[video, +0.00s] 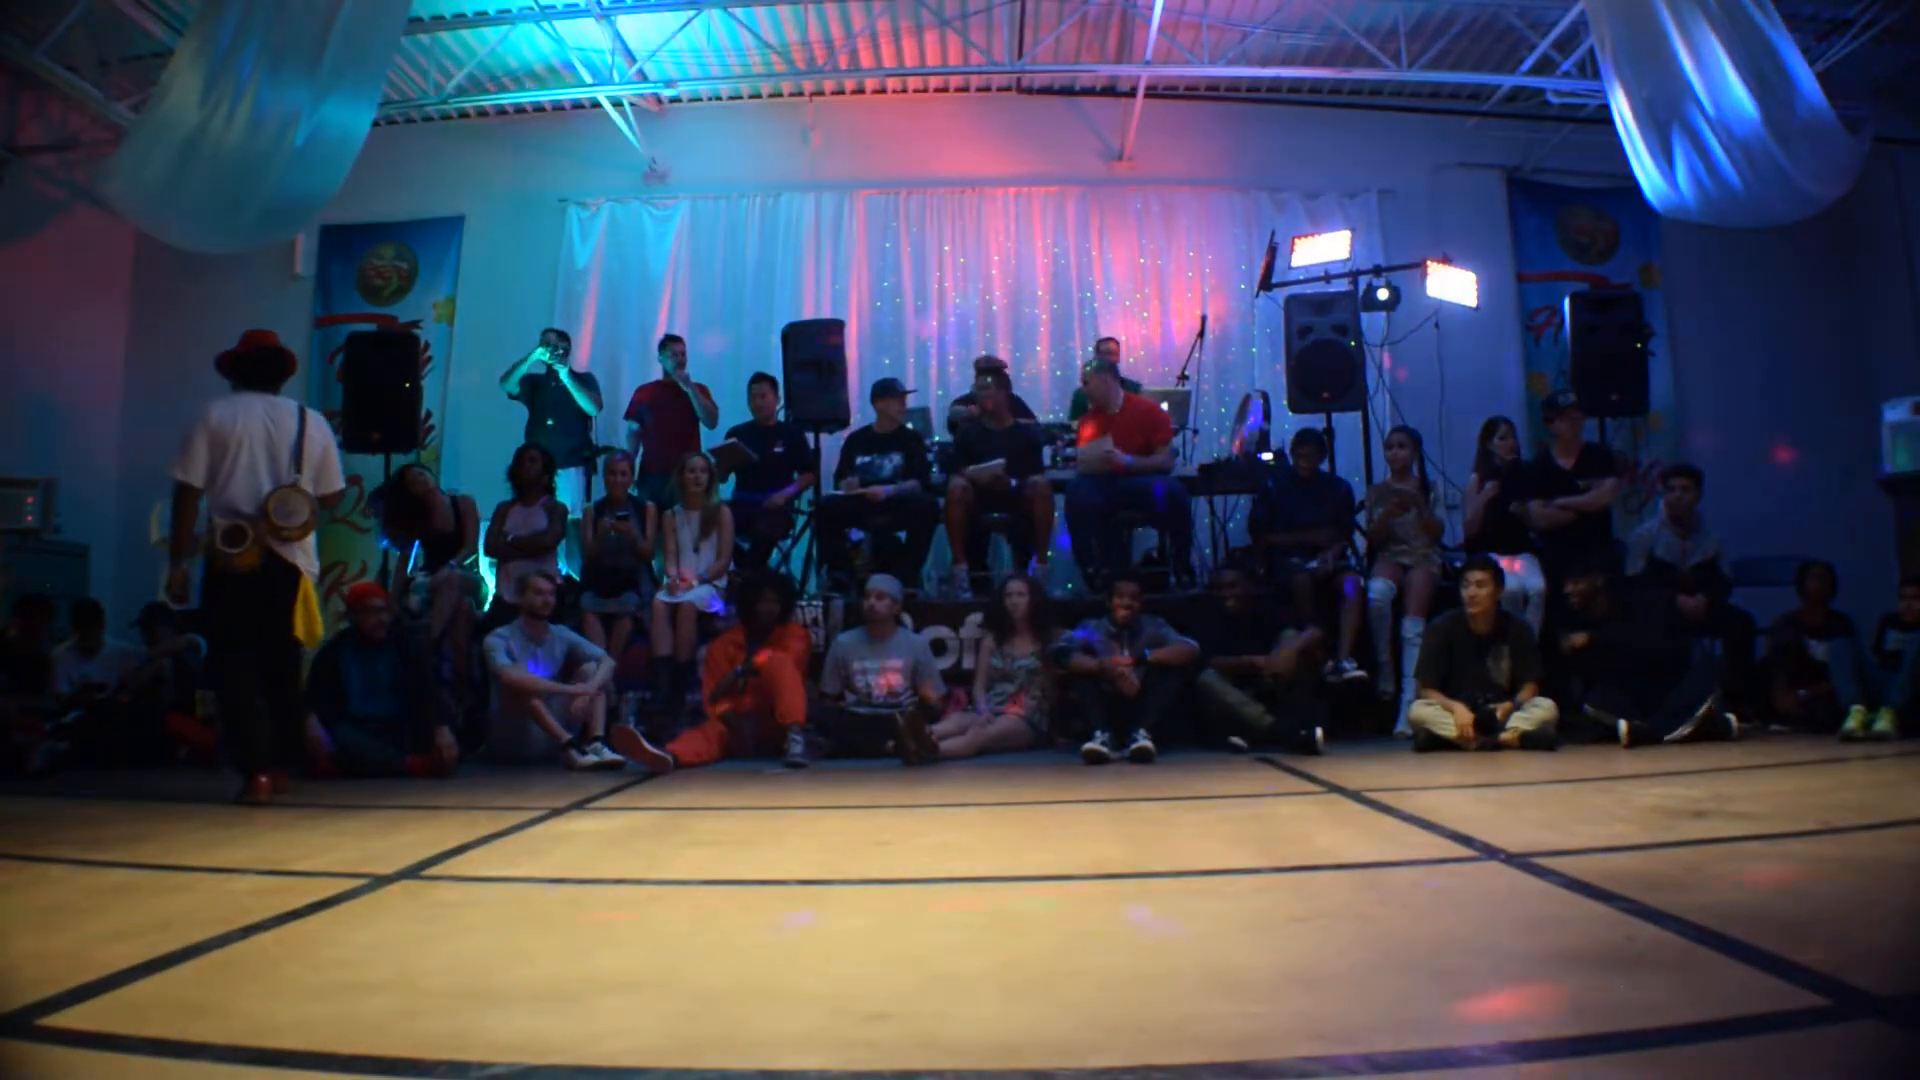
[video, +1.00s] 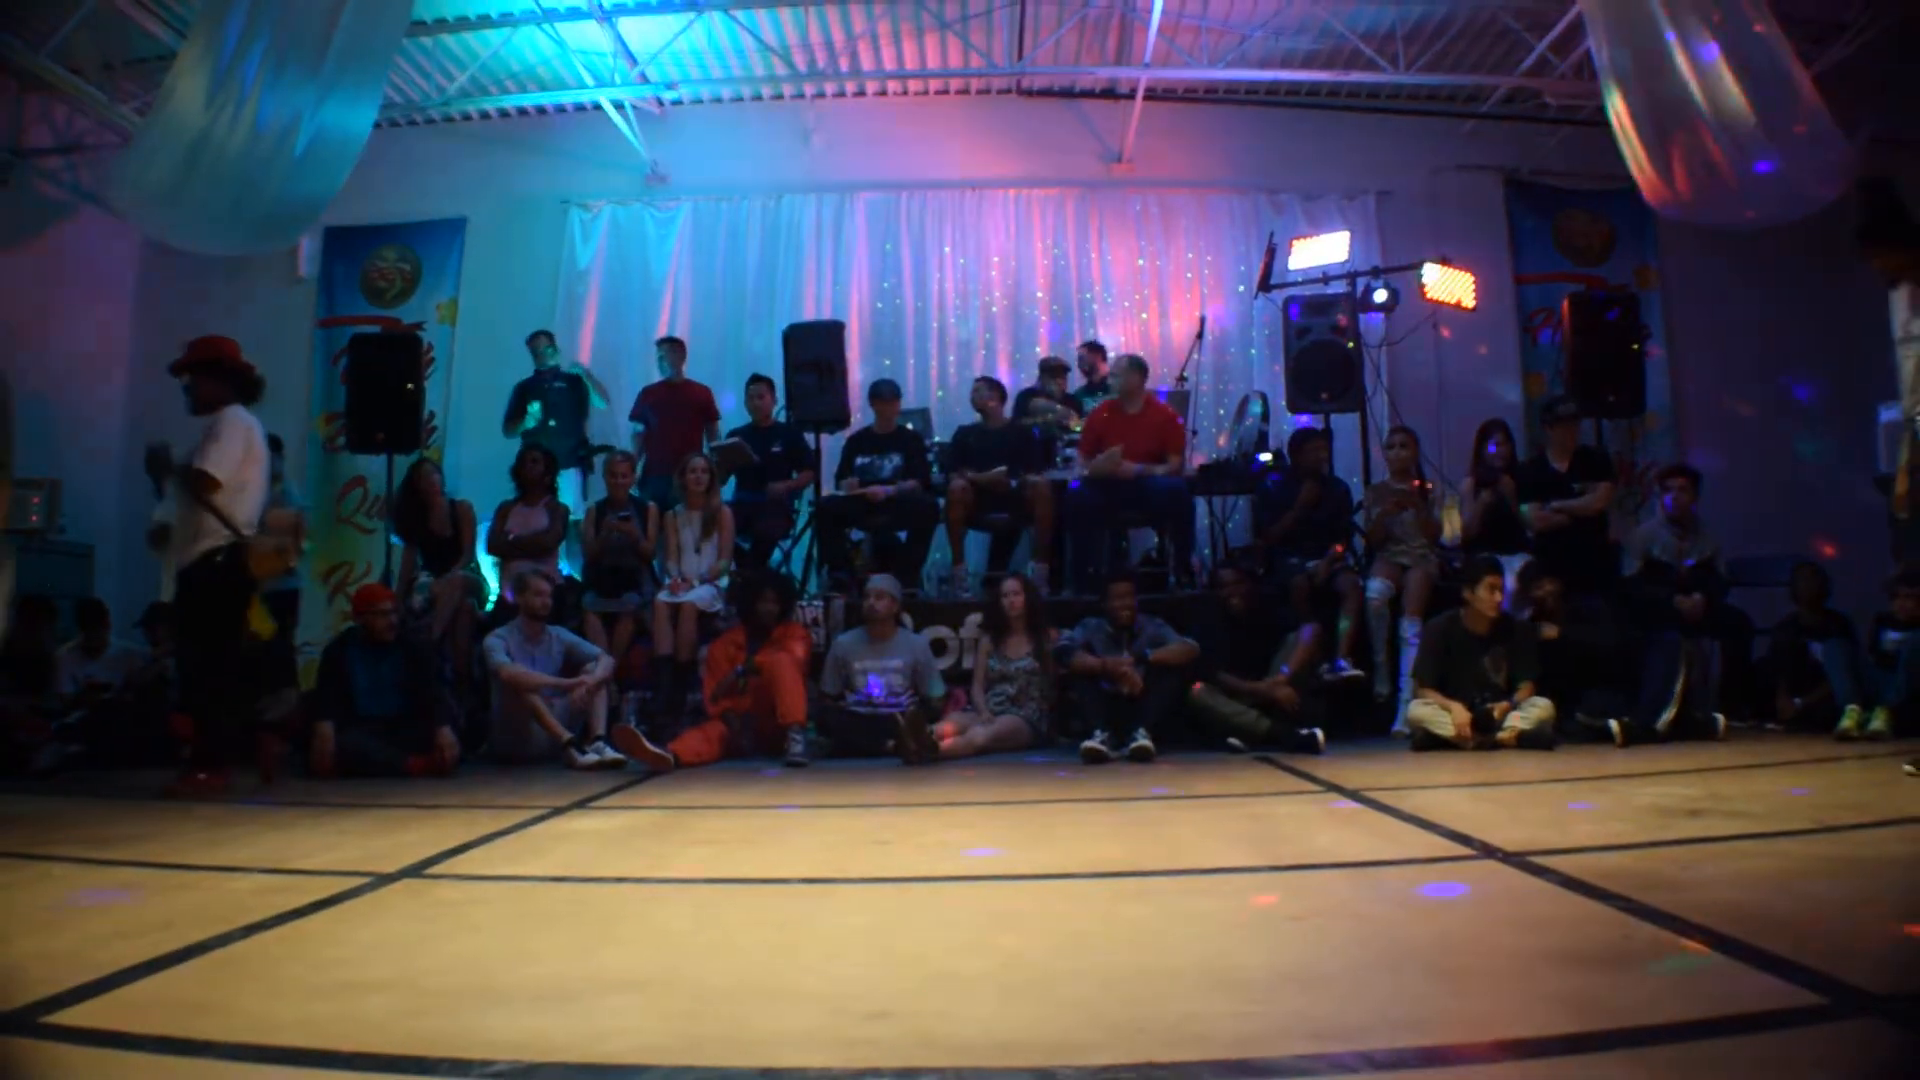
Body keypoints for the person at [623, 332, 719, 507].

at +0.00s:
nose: (679, 359)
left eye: (682, 354)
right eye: (673, 355)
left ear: (686, 356)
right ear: (661, 359)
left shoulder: (698, 390)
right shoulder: (645, 393)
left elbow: (711, 421)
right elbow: (633, 436)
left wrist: (688, 387)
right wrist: (627, 475)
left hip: (688, 476)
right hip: (653, 474)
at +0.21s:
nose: (677, 360)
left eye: (681, 354)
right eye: (671, 355)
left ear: (686, 357)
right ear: (660, 359)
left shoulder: (698, 392)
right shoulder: (644, 393)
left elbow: (713, 429)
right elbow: (633, 436)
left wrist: (691, 410)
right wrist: (628, 473)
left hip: (688, 476)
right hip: (653, 473)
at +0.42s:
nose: (659, 361)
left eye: (664, 355)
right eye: (656, 356)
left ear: (680, 356)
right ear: (654, 360)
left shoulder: (699, 393)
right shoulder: (644, 393)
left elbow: (711, 433)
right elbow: (634, 433)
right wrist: (628, 469)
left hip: (686, 476)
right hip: (652, 473)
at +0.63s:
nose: (656, 361)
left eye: (661, 355)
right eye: (655, 356)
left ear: (678, 356)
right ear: (653, 360)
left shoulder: (699, 393)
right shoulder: (644, 393)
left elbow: (709, 436)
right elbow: (634, 435)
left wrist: (711, 476)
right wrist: (628, 471)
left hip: (687, 477)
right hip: (651, 475)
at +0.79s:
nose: (657, 361)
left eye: (662, 355)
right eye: (656, 356)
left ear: (679, 356)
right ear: (654, 360)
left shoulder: (700, 392)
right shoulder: (646, 393)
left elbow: (713, 436)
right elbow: (635, 434)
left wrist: (718, 475)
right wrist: (628, 471)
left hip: (688, 478)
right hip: (652, 475)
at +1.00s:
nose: (661, 361)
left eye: (665, 356)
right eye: (659, 357)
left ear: (681, 357)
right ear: (657, 361)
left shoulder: (701, 393)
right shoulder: (648, 394)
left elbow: (713, 434)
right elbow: (638, 435)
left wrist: (717, 471)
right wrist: (631, 470)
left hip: (690, 477)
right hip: (655, 475)